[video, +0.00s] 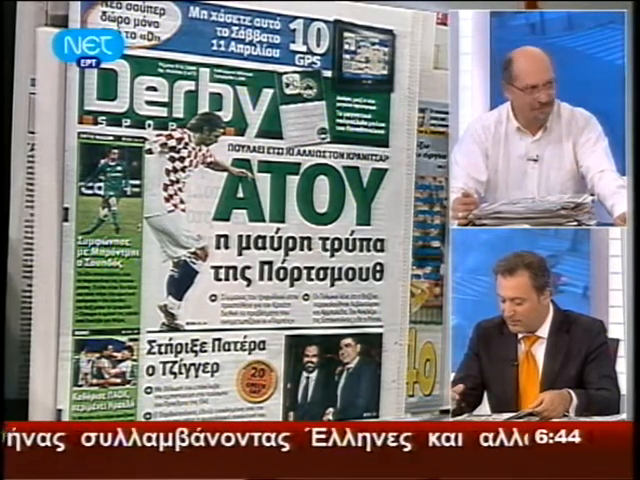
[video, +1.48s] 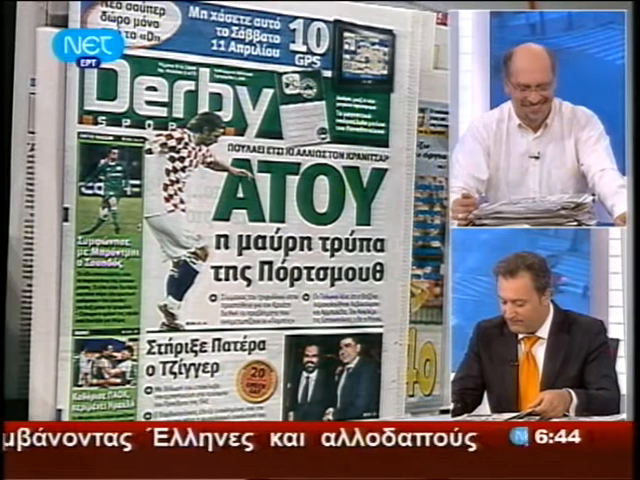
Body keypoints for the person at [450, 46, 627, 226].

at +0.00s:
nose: (544, 97)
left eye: (549, 85)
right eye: (531, 89)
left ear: (555, 82)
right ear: (508, 90)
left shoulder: (580, 124)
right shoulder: (483, 131)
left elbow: (604, 174)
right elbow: (463, 188)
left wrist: (624, 210)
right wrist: (463, 208)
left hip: (567, 245)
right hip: (499, 245)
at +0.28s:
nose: (550, 96)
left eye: (554, 84)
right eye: (537, 88)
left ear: (560, 81)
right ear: (512, 90)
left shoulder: (581, 123)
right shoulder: (484, 130)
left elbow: (604, 173)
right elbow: (463, 186)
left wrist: (624, 209)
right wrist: (463, 207)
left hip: (568, 245)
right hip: (500, 245)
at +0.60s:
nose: (548, 96)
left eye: (553, 84)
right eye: (536, 88)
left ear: (559, 81)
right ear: (511, 89)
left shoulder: (581, 124)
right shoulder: (484, 130)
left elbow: (604, 173)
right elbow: (463, 186)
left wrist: (624, 210)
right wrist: (463, 208)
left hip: (568, 245)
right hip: (500, 245)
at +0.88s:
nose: (545, 97)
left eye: (551, 85)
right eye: (533, 89)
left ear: (558, 81)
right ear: (510, 88)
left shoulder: (581, 123)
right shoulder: (484, 130)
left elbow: (604, 173)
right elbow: (463, 187)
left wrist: (624, 210)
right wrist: (463, 207)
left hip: (569, 245)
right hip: (500, 245)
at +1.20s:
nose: (535, 97)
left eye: (544, 86)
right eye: (525, 87)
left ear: (555, 81)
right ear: (507, 85)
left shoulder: (582, 123)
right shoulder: (484, 130)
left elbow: (605, 173)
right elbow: (463, 188)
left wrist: (625, 211)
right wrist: (462, 207)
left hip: (568, 244)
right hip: (500, 245)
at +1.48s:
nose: (533, 98)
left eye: (542, 87)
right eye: (523, 88)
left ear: (554, 81)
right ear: (507, 85)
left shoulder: (582, 122)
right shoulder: (485, 129)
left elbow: (605, 173)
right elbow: (462, 188)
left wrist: (624, 211)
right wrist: (462, 208)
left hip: (569, 244)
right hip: (501, 244)